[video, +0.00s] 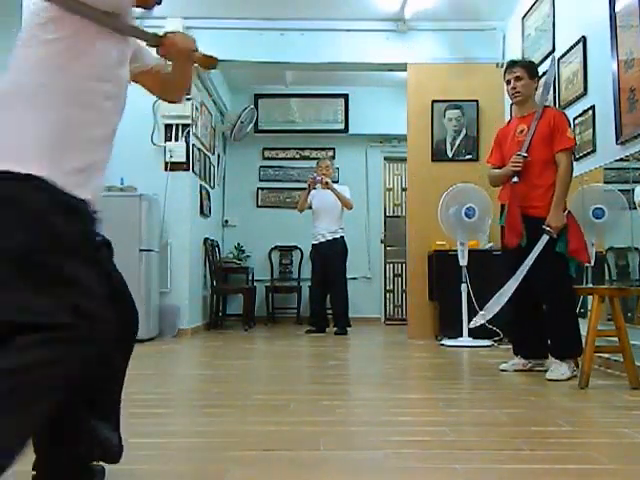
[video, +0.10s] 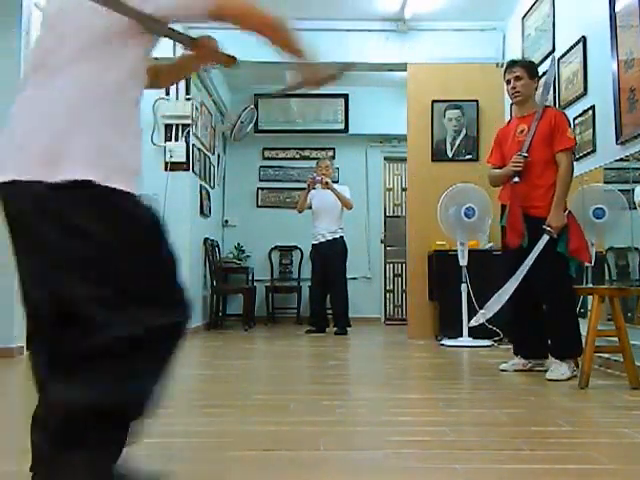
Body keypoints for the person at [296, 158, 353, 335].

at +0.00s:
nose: (324, 171)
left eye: (327, 168)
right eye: (321, 168)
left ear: (332, 170)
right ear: (317, 171)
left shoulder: (341, 189)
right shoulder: (313, 193)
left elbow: (349, 206)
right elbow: (300, 208)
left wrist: (332, 189)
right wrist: (308, 189)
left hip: (336, 241)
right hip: (318, 243)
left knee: (338, 285)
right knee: (317, 286)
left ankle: (341, 324)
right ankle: (318, 323)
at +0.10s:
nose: (324, 171)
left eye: (327, 168)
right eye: (321, 168)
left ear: (332, 170)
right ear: (316, 171)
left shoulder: (341, 189)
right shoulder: (313, 193)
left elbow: (349, 206)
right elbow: (300, 208)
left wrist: (332, 189)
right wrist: (307, 189)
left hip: (336, 241)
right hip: (318, 243)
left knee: (338, 285)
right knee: (317, 286)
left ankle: (341, 324)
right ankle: (318, 323)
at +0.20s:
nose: (324, 171)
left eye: (327, 168)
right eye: (321, 168)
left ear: (332, 170)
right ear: (316, 171)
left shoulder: (341, 189)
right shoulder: (312, 193)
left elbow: (349, 206)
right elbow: (299, 208)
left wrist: (332, 189)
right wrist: (306, 189)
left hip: (336, 241)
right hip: (318, 243)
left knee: (338, 285)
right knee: (317, 286)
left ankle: (341, 324)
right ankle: (318, 323)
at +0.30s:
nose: (324, 171)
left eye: (327, 168)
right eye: (321, 168)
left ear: (332, 170)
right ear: (316, 171)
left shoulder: (341, 189)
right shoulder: (312, 194)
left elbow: (349, 205)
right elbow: (299, 208)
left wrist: (332, 189)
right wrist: (305, 189)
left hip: (336, 241)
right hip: (318, 243)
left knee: (338, 285)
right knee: (317, 286)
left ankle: (341, 324)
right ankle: (318, 323)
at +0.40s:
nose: (324, 172)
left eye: (326, 169)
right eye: (320, 169)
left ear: (331, 170)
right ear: (316, 172)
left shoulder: (341, 189)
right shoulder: (312, 194)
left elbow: (349, 205)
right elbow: (298, 208)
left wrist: (332, 188)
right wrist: (305, 189)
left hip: (336, 241)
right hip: (318, 243)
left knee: (337, 285)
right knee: (317, 286)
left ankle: (341, 324)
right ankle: (318, 323)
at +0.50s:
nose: (324, 173)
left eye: (327, 169)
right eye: (321, 170)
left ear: (332, 172)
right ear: (317, 173)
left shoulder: (341, 189)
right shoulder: (312, 193)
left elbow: (348, 205)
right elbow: (298, 208)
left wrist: (332, 187)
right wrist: (305, 190)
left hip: (335, 240)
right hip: (317, 242)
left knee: (337, 285)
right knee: (317, 286)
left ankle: (341, 323)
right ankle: (318, 322)